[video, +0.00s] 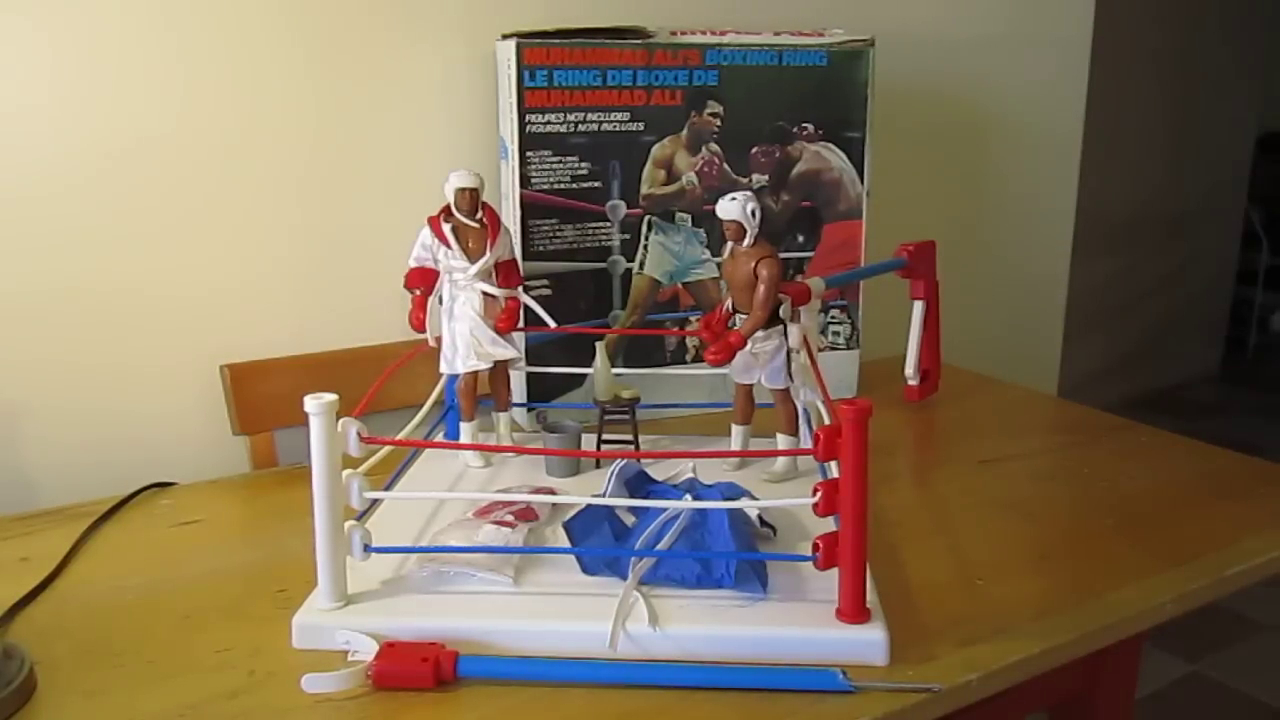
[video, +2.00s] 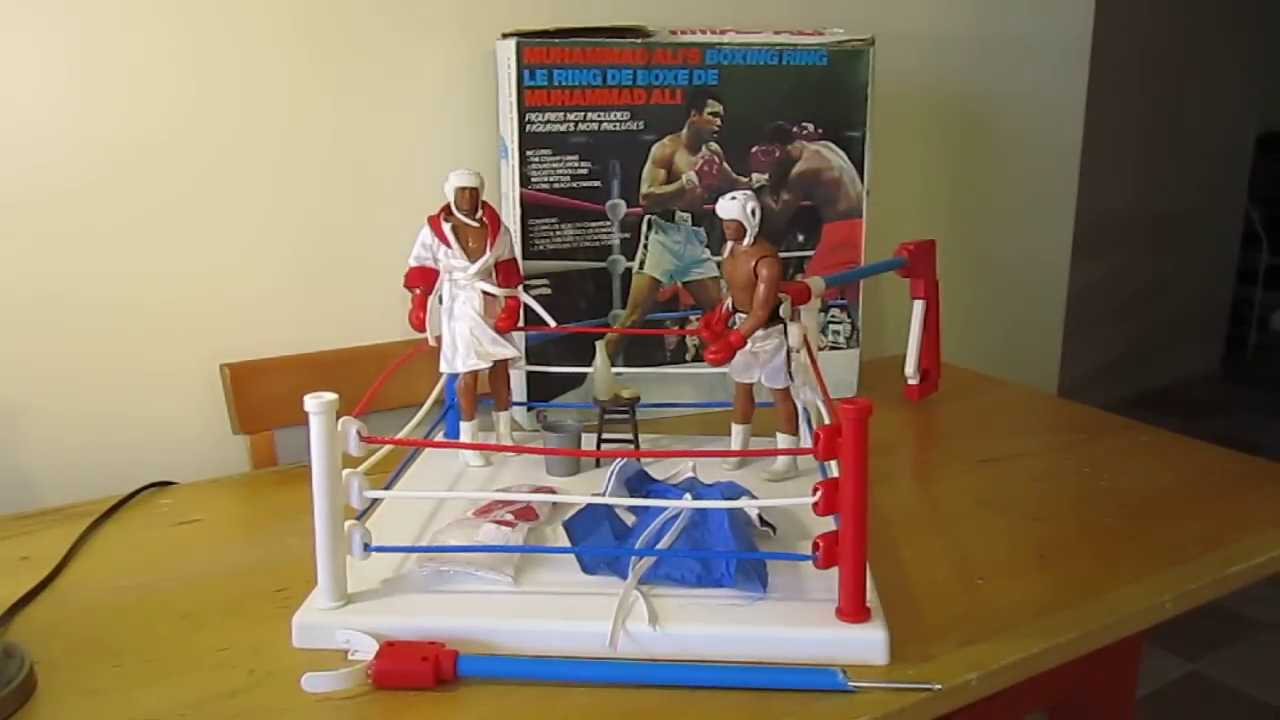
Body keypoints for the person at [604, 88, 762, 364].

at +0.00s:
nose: (719, 123)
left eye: (720, 117)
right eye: (713, 116)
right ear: (693, 117)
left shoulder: (712, 151)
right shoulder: (665, 149)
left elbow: (729, 182)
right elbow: (646, 198)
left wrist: (752, 181)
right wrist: (682, 184)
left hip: (693, 237)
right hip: (659, 235)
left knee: (718, 310)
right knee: (635, 315)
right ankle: (597, 374)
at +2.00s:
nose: (718, 122)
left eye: (720, 116)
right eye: (713, 115)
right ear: (694, 115)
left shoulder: (712, 151)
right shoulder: (665, 148)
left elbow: (731, 181)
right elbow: (646, 197)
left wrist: (752, 181)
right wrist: (682, 184)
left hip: (693, 237)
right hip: (660, 235)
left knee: (719, 309)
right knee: (635, 315)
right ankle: (597, 371)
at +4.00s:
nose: (719, 122)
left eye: (721, 116)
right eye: (713, 115)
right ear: (694, 114)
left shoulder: (712, 150)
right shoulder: (664, 148)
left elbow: (732, 182)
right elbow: (647, 195)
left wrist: (754, 181)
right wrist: (681, 183)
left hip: (694, 237)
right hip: (660, 235)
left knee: (718, 309)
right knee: (635, 314)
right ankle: (596, 374)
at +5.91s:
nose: (718, 122)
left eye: (720, 116)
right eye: (713, 114)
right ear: (694, 114)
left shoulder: (712, 150)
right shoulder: (665, 148)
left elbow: (731, 182)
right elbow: (646, 196)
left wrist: (754, 181)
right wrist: (683, 183)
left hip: (693, 236)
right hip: (660, 234)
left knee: (718, 309)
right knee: (635, 313)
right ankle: (596, 373)